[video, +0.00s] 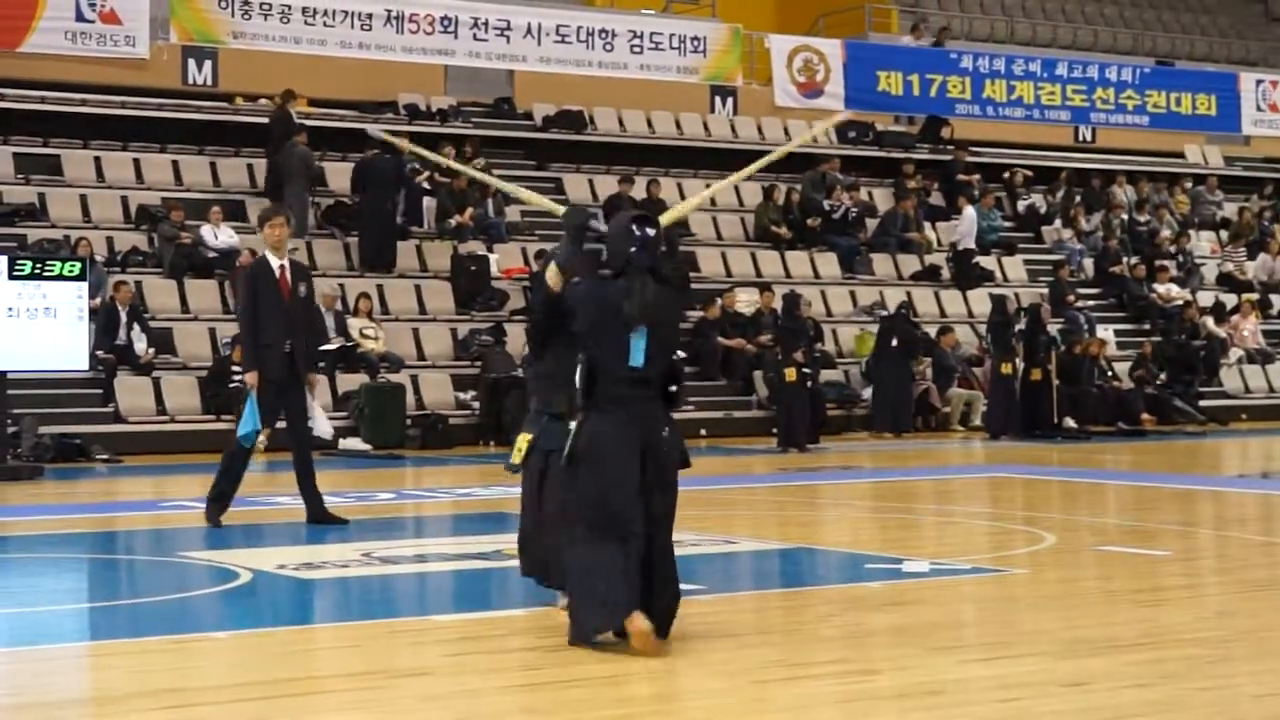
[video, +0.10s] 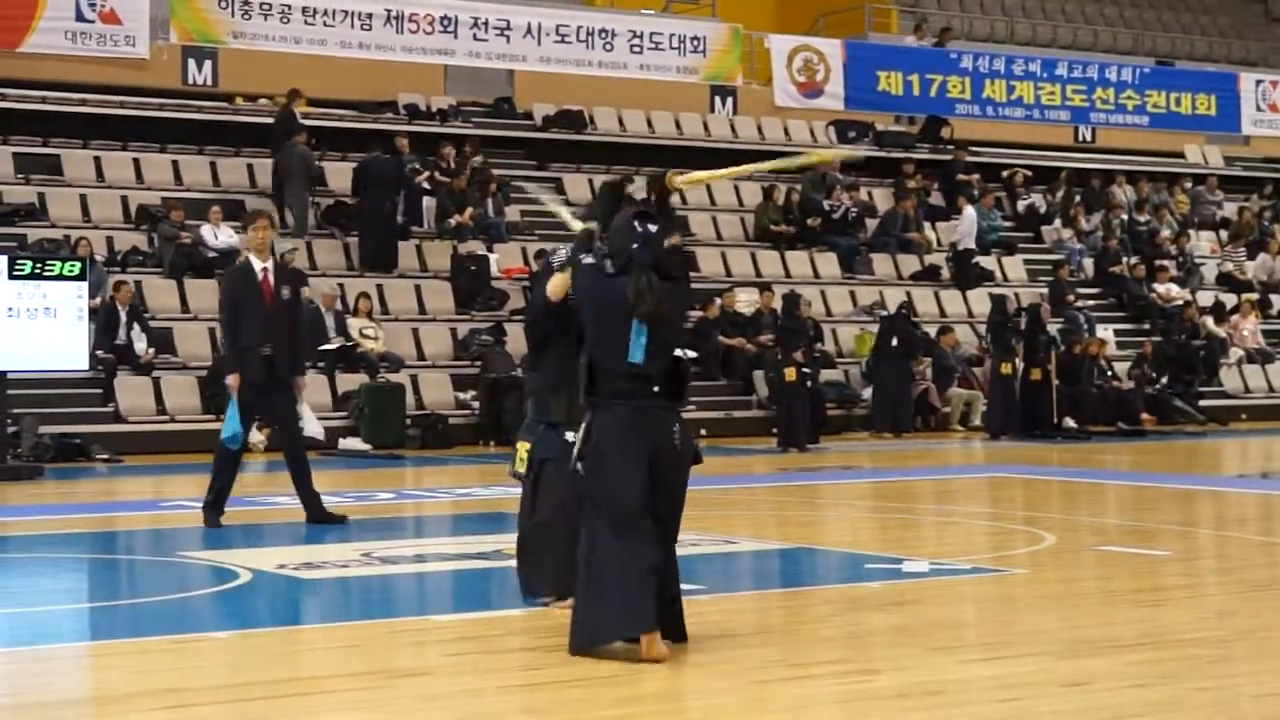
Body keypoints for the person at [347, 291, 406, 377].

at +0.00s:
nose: (366, 304)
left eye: (369, 302)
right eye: (363, 301)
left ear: (371, 304)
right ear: (357, 303)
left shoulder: (375, 321)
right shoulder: (351, 321)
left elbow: (381, 336)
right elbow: (355, 338)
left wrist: (379, 348)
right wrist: (370, 347)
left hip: (378, 348)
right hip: (363, 349)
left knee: (399, 361)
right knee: (374, 362)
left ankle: (388, 382)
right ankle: (374, 383)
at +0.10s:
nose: (366, 304)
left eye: (369, 302)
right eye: (363, 301)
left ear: (371, 304)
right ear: (357, 303)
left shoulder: (375, 321)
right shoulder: (350, 321)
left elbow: (381, 335)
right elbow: (355, 338)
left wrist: (379, 347)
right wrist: (370, 347)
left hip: (378, 349)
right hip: (363, 350)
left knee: (398, 361)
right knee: (373, 362)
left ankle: (387, 383)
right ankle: (373, 384)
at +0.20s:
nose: (366, 304)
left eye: (368, 301)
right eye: (363, 301)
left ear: (371, 304)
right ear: (357, 303)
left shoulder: (374, 321)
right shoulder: (350, 321)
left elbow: (381, 335)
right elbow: (355, 338)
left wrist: (379, 347)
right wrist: (369, 347)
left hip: (377, 349)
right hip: (363, 350)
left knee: (398, 361)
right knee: (373, 362)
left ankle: (386, 381)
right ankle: (373, 383)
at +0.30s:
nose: (366, 305)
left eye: (368, 302)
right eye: (363, 301)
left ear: (371, 304)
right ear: (357, 303)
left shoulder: (374, 321)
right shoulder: (350, 321)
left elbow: (381, 335)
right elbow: (355, 338)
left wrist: (379, 347)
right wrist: (370, 347)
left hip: (377, 348)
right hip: (362, 350)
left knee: (398, 361)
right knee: (373, 362)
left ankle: (385, 380)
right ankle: (374, 383)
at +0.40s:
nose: (366, 304)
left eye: (368, 302)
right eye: (363, 301)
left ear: (371, 304)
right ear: (357, 303)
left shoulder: (374, 321)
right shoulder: (350, 321)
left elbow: (381, 335)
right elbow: (355, 338)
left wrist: (379, 347)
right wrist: (370, 347)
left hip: (377, 348)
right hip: (363, 349)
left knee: (398, 361)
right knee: (373, 362)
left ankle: (387, 381)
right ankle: (373, 383)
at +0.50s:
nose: (366, 304)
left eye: (369, 301)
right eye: (363, 301)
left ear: (371, 304)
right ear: (357, 303)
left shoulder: (375, 321)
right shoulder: (350, 321)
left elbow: (381, 335)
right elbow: (354, 339)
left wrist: (379, 347)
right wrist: (369, 347)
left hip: (378, 349)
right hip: (363, 349)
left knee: (399, 361)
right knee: (374, 362)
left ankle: (387, 382)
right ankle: (373, 384)